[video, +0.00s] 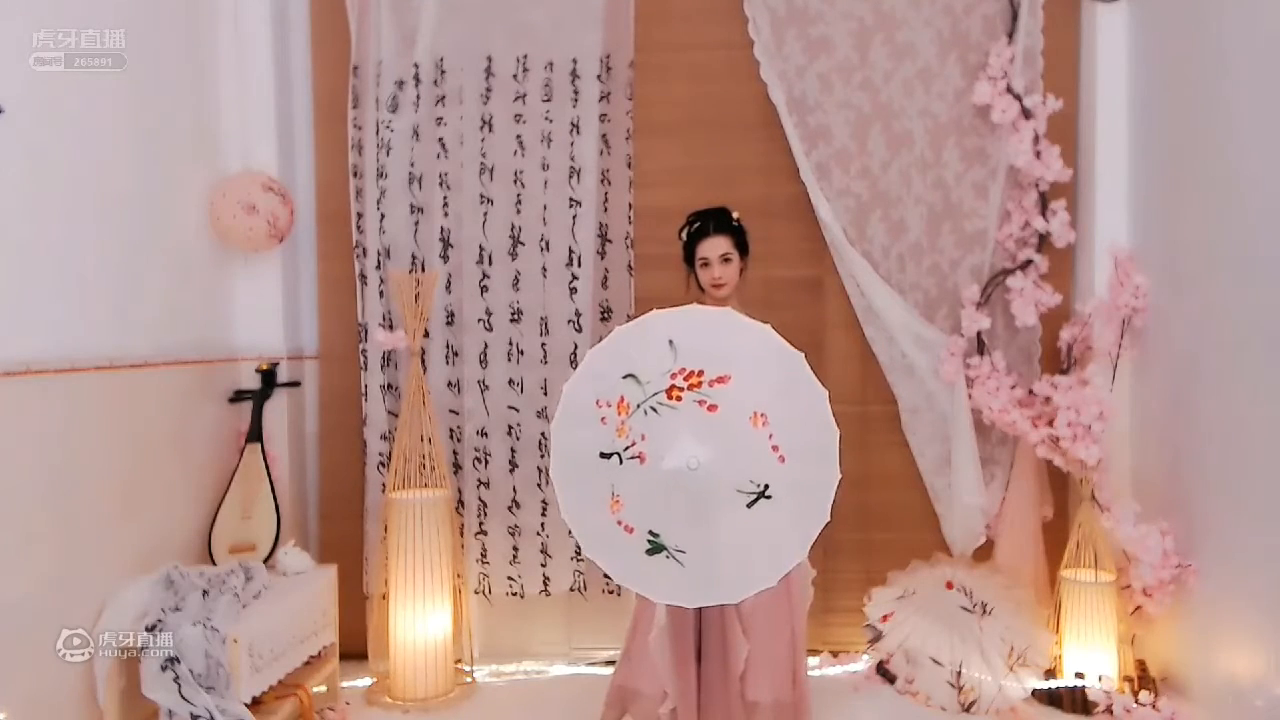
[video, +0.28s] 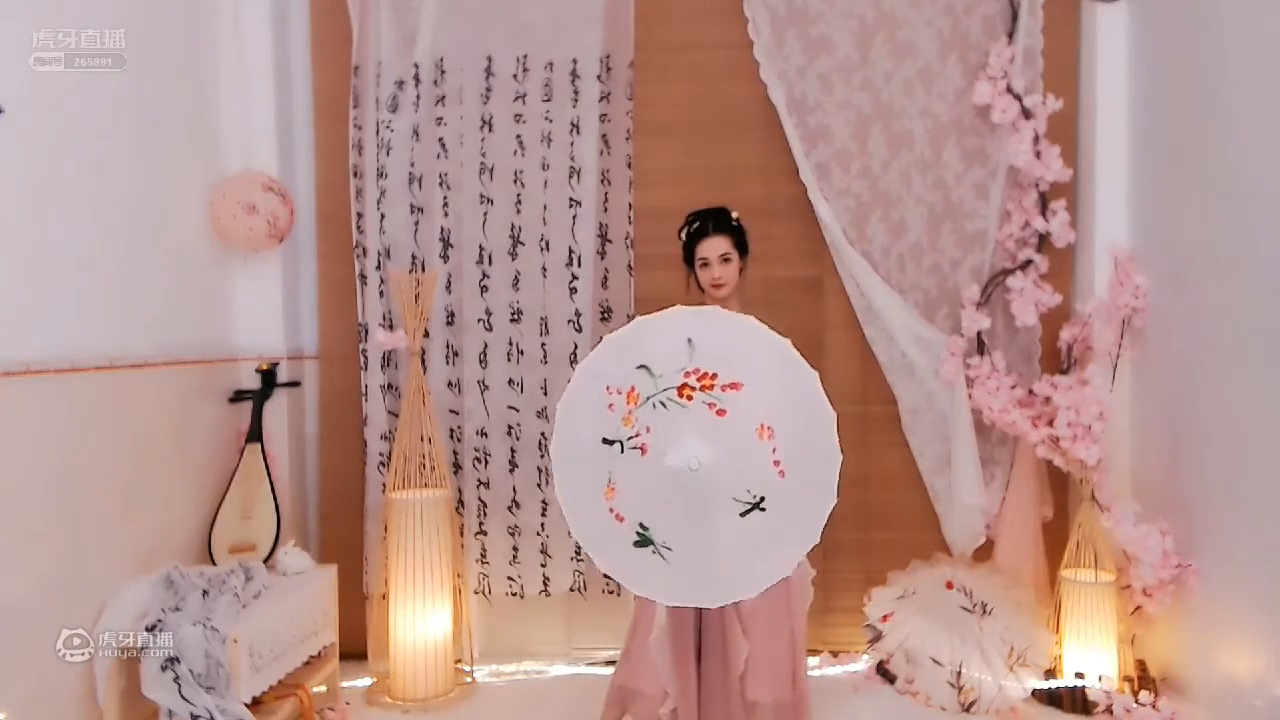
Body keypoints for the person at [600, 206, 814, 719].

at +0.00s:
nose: (716, 272)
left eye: (725, 259)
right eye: (705, 262)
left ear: (742, 264)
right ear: (692, 268)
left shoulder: (760, 341)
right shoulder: (666, 338)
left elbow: (789, 433)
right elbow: (639, 426)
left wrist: (786, 517)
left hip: (745, 500)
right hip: (679, 497)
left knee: (745, 618)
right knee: (677, 617)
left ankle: (744, 712)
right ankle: (674, 712)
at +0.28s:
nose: (715, 273)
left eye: (724, 259)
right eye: (704, 262)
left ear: (742, 263)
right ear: (692, 269)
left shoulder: (760, 342)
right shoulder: (673, 338)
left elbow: (785, 431)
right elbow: (647, 425)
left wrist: (783, 514)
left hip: (747, 495)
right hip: (683, 494)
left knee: (746, 615)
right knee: (679, 614)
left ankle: (745, 711)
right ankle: (675, 712)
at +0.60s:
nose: (715, 273)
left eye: (725, 260)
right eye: (704, 262)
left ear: (742, 263)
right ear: (692, 268)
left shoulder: (759, 338)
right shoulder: (672, 334)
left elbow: (782, 427)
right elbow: (645, 419)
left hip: (745, 492)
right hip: (680, 490)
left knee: (743, 611)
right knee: (677, 610)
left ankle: (742, 710)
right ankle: (674, 711)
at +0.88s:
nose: (715, 272)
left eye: (725, 259)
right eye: (704, 262)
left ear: (742, 263)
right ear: (693, 269)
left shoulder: (760, 339)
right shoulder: (676, 336)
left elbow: (786, 430)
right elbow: (651, 424)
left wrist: (784, 513)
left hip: (748, 493)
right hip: (683, 491)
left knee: (745, 612)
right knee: (681, 611)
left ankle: (744, 711)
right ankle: (678, 712)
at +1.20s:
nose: (715, 272)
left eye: (725, 259)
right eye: (704, 262)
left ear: (742, 263)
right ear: (692, 268)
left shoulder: (760, 338)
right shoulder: (671, 335)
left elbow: (786, 428)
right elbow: (647, 421)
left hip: (745, 491)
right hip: (679, 490)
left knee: (742, 608)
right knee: (679, 608)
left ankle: (741, 709)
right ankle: (678, 710)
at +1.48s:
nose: (715, 272)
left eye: (725, 259)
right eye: (704, 262)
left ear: (742, 262)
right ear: (692, 268)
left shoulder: (761, 339)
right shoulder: (668, 335)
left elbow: (788, 430)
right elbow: (643, 423)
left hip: (745, 494)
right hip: (677, 492)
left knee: (743, 611)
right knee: (677, 612)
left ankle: (743, 710)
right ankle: (675, 710)